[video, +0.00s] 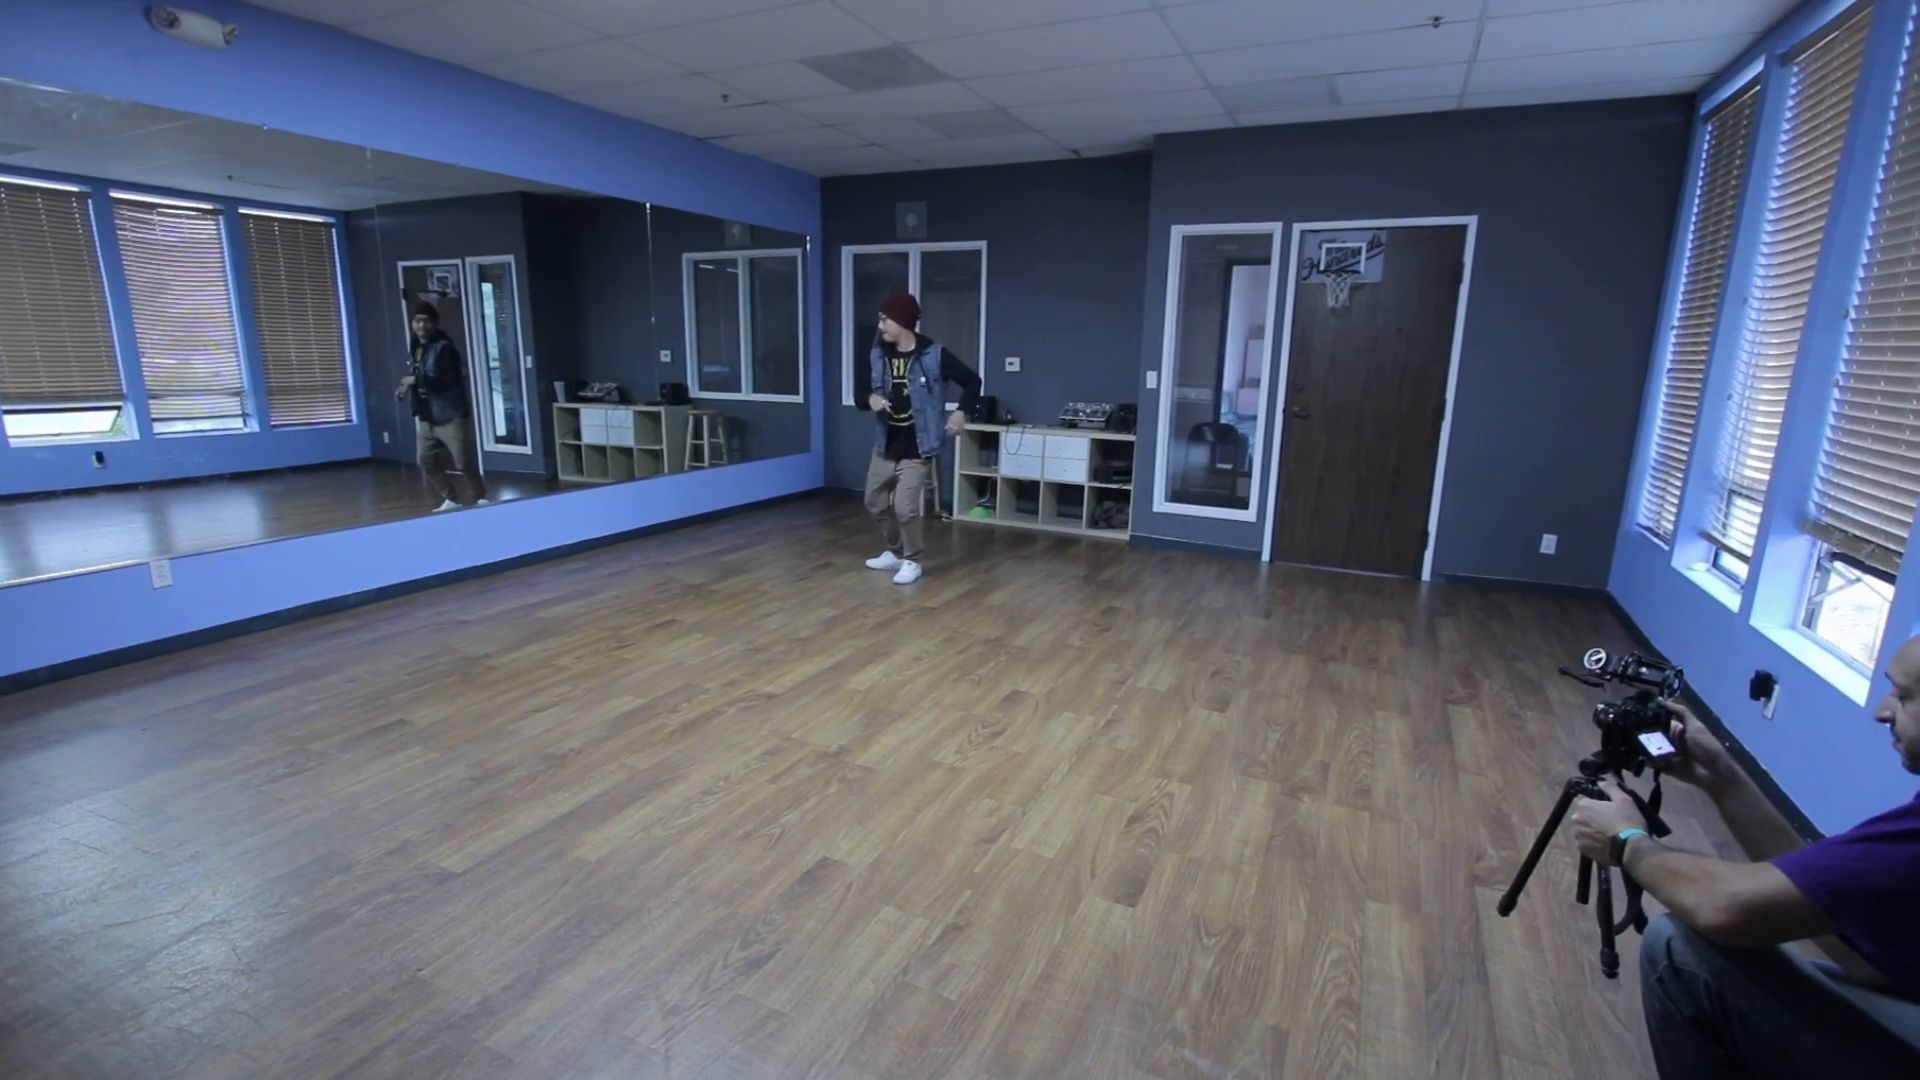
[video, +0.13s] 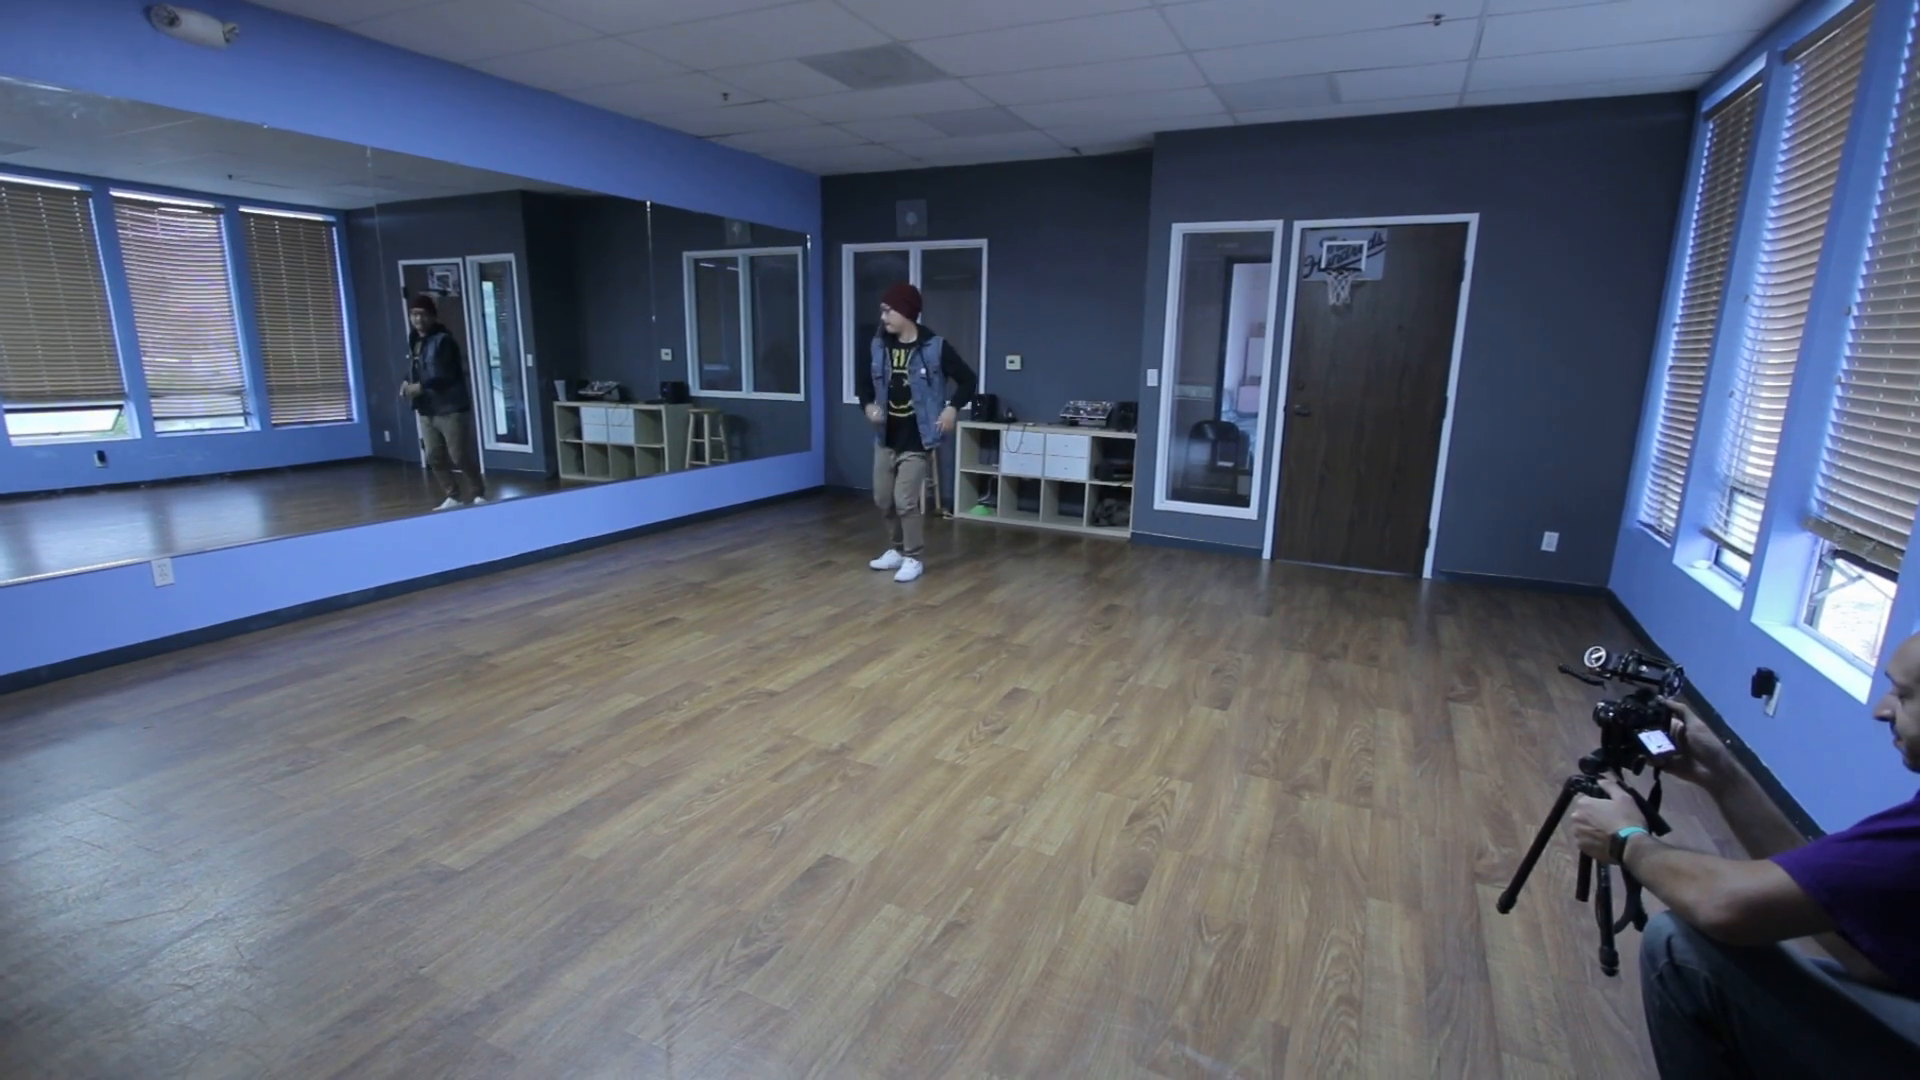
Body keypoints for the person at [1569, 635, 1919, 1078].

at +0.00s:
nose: (1884, 711)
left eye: (1903, 696)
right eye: (1893, 692)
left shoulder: (1913, 829)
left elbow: (1725, 911)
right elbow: (1864, 952)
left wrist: (1626, 842)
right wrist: (1723, 779)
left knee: (1681, 948)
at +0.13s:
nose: (1883, 709)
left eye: (1902, 695)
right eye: (1893, 691)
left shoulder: (1914, 827)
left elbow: (1725, 908)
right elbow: (1865, 950)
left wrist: (1626, 840)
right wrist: (1725, 778)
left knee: (1681, 945)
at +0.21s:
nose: (1880, 710)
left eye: (1900, 695)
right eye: (1890, 691)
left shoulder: (1914, 825)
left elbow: (1724, 909)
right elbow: (1867, 952)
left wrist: (1625, 840)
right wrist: (1725, 778)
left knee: (1680, 946)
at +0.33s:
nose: (1877, 709)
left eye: (1896, 695)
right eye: (1886, 691)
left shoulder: (1913, 825)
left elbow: (1723, 907)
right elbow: (1864, 951)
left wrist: (1625, 839)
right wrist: (1722, 775)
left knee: (1679, 944)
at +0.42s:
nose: (1875, 710)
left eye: (1894, 695)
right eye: (1883, 692)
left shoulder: (1913, 824)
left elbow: (1722, 908)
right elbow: (1864, 952)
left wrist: (1625, 839)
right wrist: (1722, 776)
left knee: (1679, 944)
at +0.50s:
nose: (1873, 711)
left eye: (1892, 695)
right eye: (1881, 693)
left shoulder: (1913, 823)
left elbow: (1722, 907)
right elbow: (1863, 951)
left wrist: (1624, 839)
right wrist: (1722, 776)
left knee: (1678, 945)